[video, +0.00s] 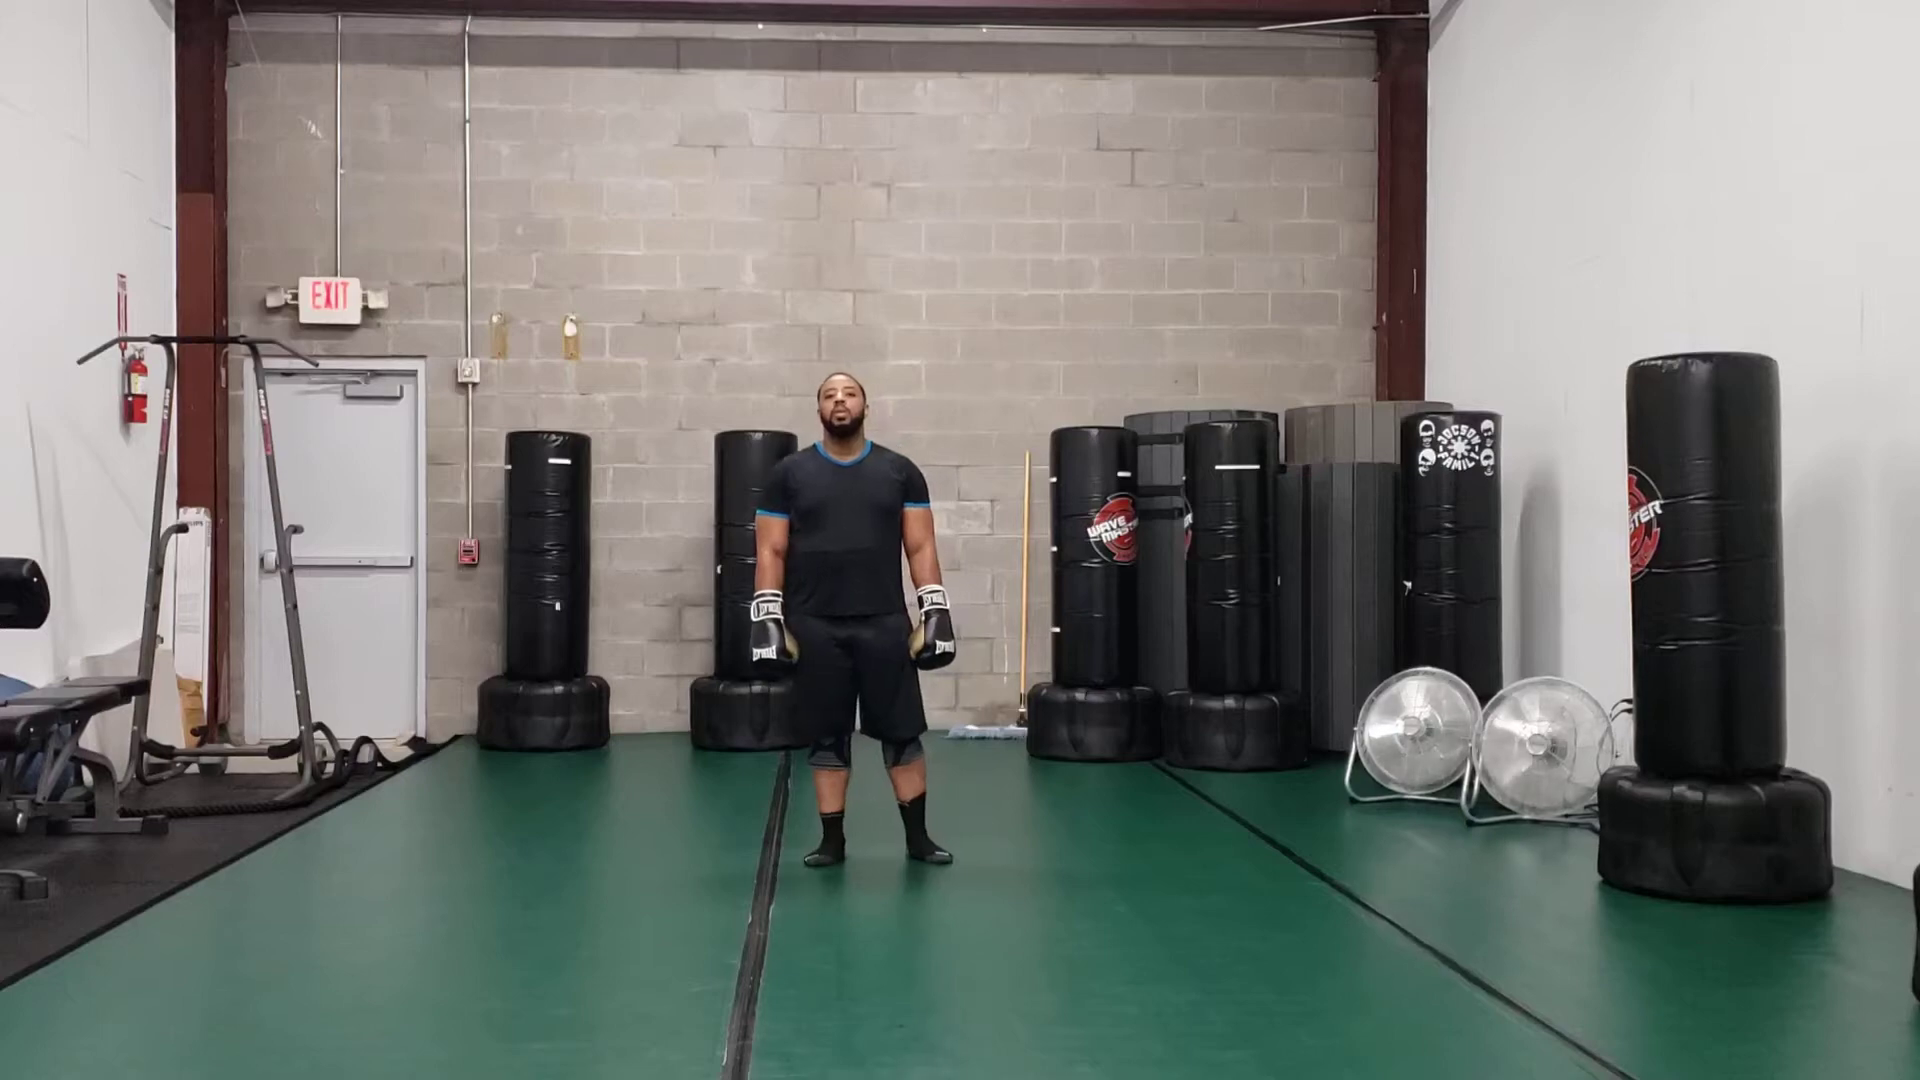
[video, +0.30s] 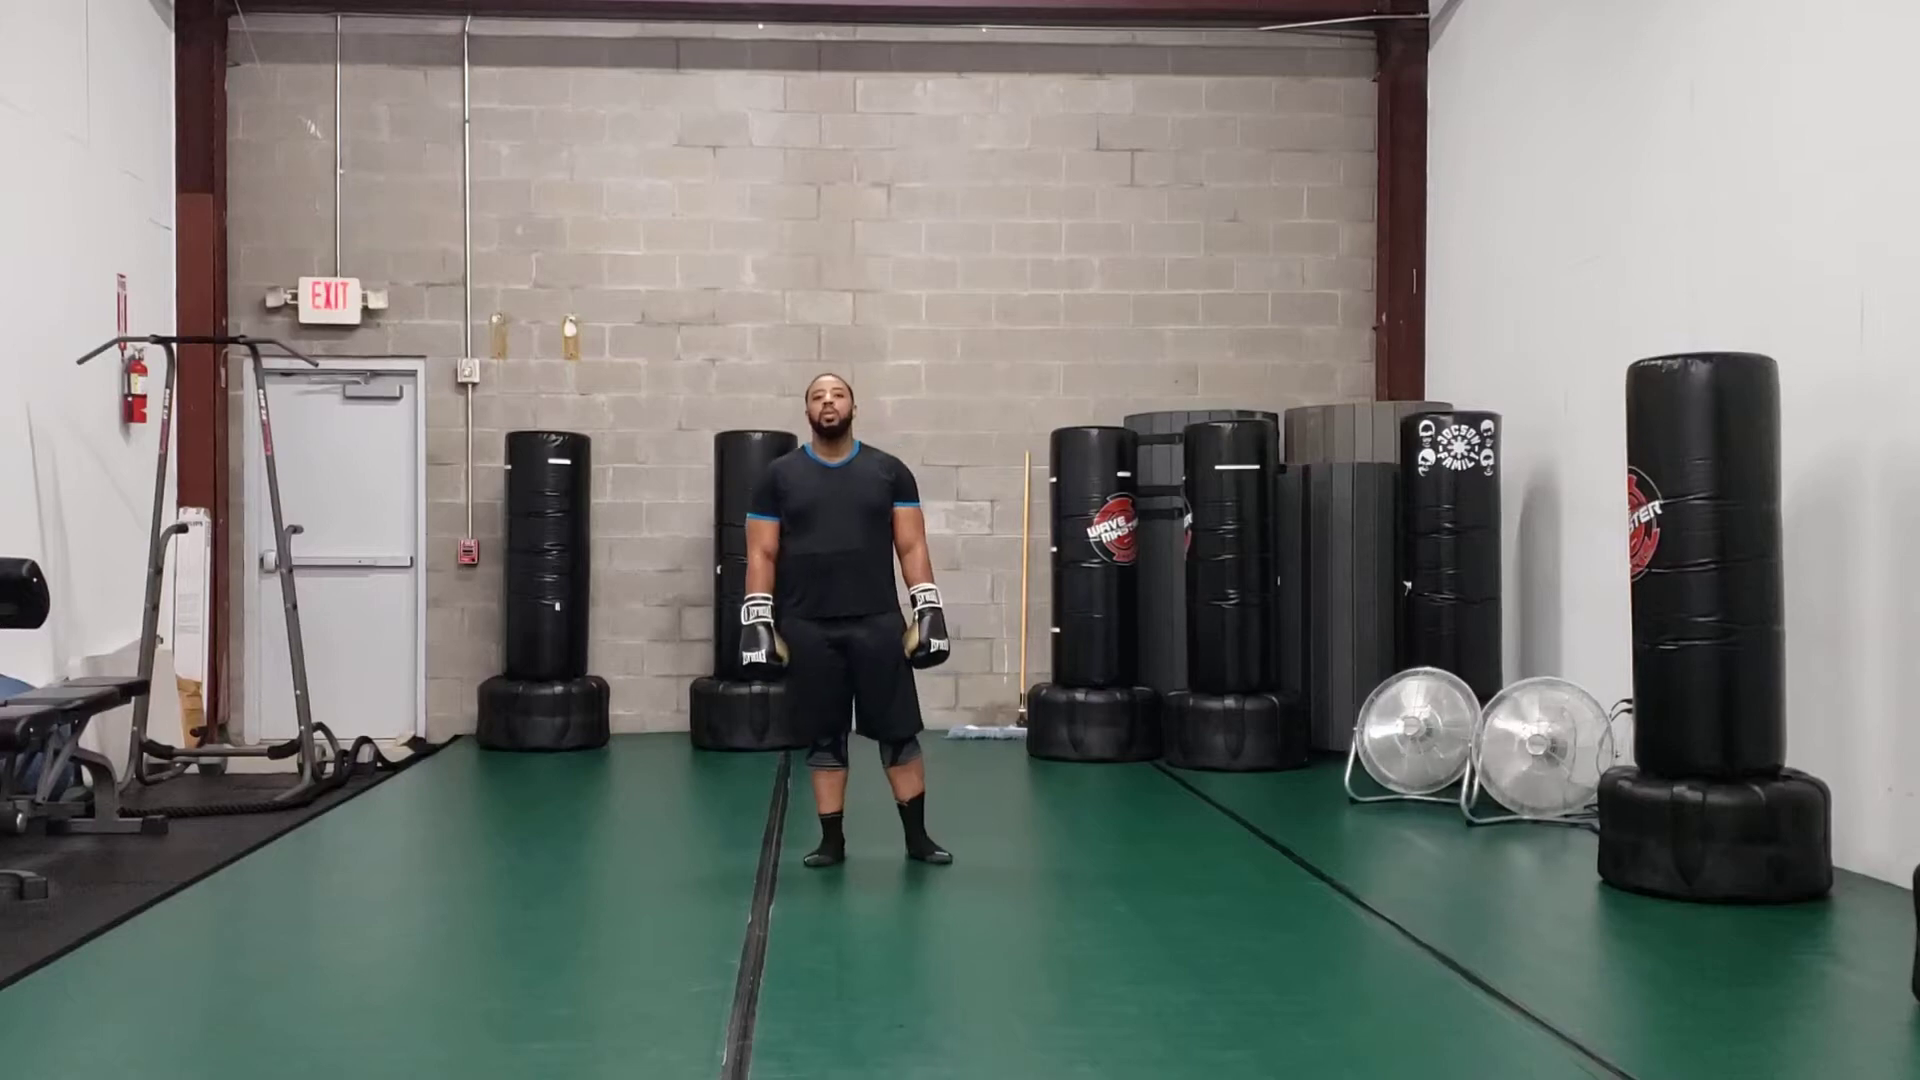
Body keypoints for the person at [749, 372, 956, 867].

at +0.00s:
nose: (840, 401)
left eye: (849, 395)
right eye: (830, 396)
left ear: (865, 409)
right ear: (819, 412)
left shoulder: (899, 472)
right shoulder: (789, 475)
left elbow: (920, 547)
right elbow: (771, 551)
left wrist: (935, 610)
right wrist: (765, 617)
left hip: (884, 626)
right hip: (815, 628)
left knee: (903, 736)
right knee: (826, 740)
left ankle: (918, 839)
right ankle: (832, 842)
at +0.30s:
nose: (828, 403)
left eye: (837, 396)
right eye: (818, 398)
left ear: (853, 409)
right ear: (807, 414)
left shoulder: (889, 472)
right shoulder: (779, 476)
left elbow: (911, 547)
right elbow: (761, 553)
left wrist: (929, 609)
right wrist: (756, 621)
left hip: (877, 625)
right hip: (807, 629)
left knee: (900, 735)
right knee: (823, 741)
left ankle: (917, 839)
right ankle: (831, 842)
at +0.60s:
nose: (818, 403)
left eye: (827, 396)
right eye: (808, 398)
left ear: (842, 409)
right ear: (797, 414)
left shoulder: (881, 469)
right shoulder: (772, 479)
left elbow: (907, 542)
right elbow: (757, 557)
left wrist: (926, 607)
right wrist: (753, 625)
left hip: (876, 625)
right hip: (806, 631)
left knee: (898, 734)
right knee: (823, 741)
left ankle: (917, 838)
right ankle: (831, 842)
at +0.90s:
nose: (815, 403)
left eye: (823, 396)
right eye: (805, 398)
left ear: (838, 408)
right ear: (792, 414)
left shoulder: (878, 467)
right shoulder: (769, 480)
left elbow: (906, 539)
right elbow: (755, 559)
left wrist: (926, 603)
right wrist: (753, 626)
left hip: (878, 623)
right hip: (807, 631)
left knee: (899, 732)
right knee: (823, 740)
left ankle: (915, 834)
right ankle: (832, 842)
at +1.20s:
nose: (826, 405)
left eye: (834, 397)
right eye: (815, 399)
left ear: (847, 409)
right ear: (802, 415)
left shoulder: (885, 468)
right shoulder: (776, 480)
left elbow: (911, 538)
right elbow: (761, 557)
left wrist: (930, 602)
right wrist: (755, 624)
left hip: (883, 621)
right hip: (813, 628)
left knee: (902, 727)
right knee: (826, 736)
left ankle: (898, 815)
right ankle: (832, 839)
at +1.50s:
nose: (853, 404)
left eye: (860, 398)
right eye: (842, 399)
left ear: (873, 412)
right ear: (827, 415)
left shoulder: (906, 473)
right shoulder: (799, 476)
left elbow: (925, 541)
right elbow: (780, 551)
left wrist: (930, 593)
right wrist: (774, 616)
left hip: (896, 620)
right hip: (830, 623)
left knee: (902, 729)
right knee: (833, 733)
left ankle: (896, 822)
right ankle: (833, 839)